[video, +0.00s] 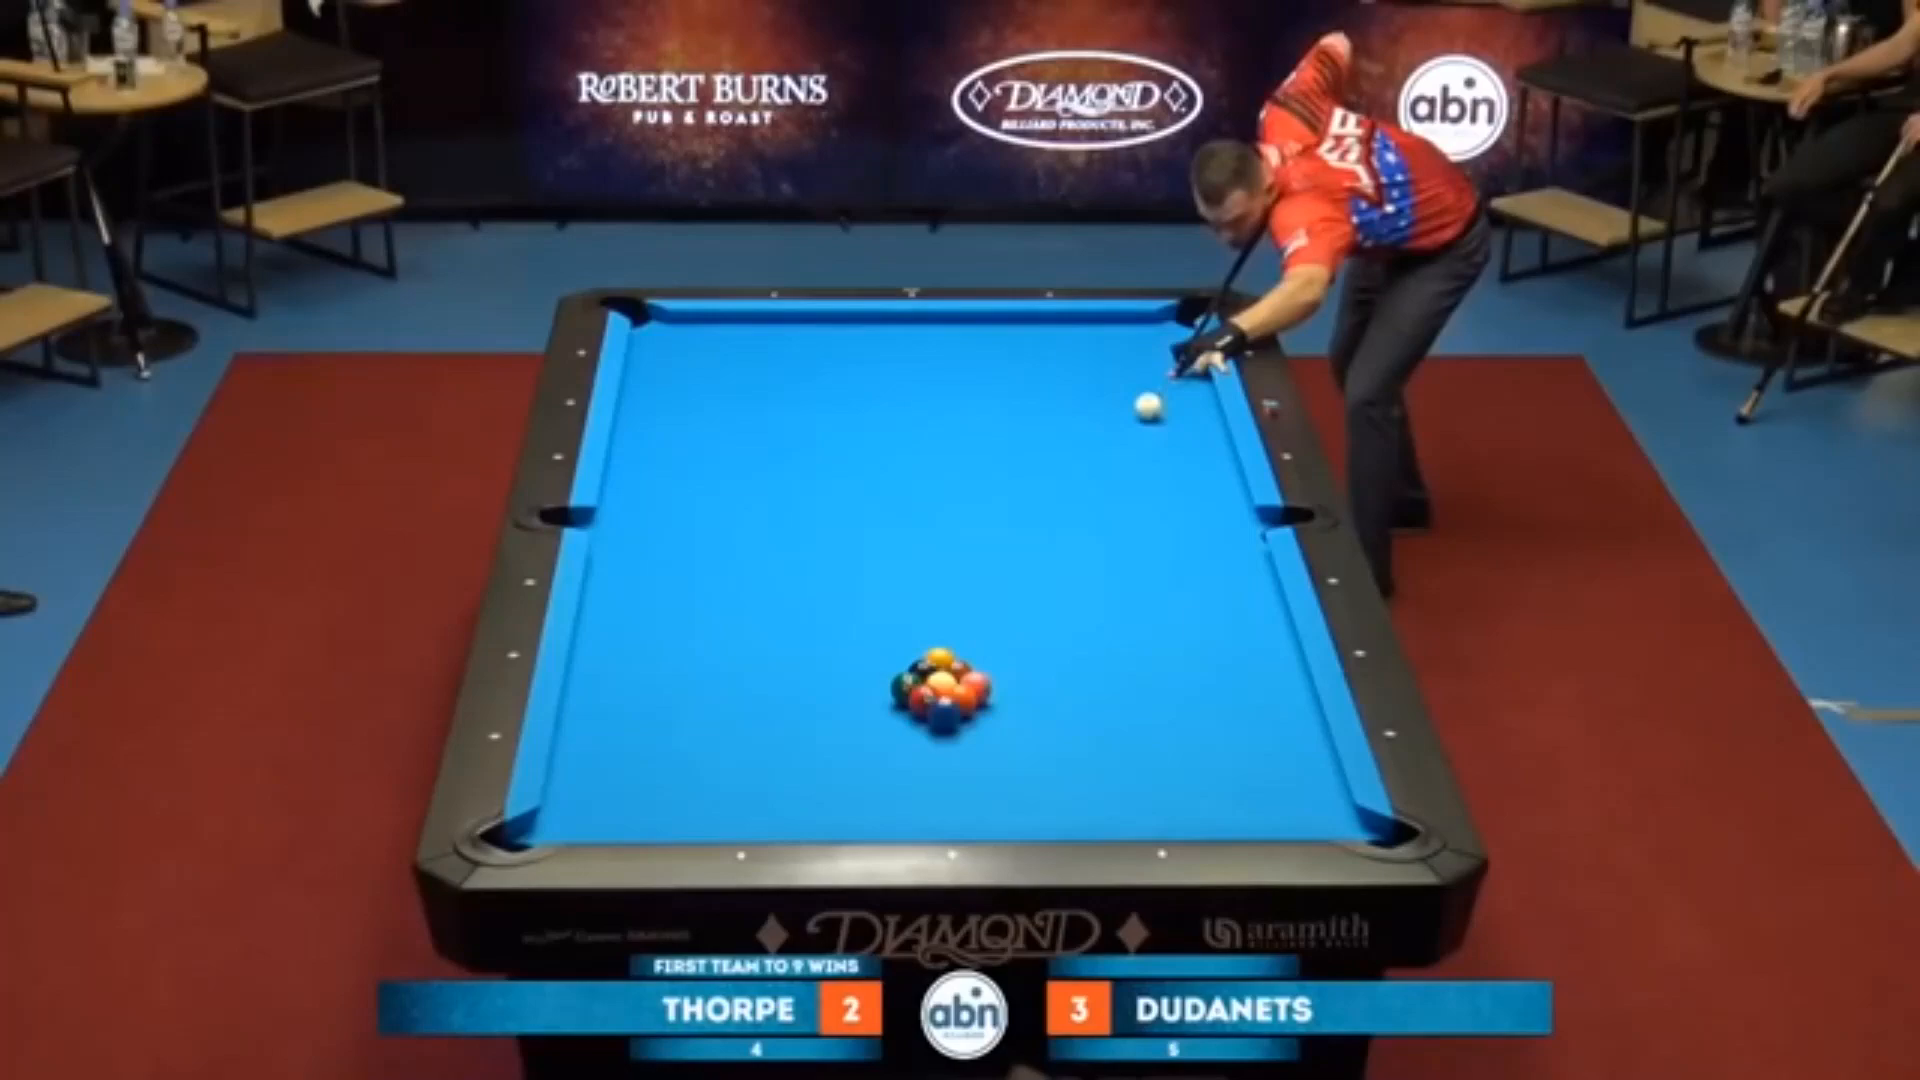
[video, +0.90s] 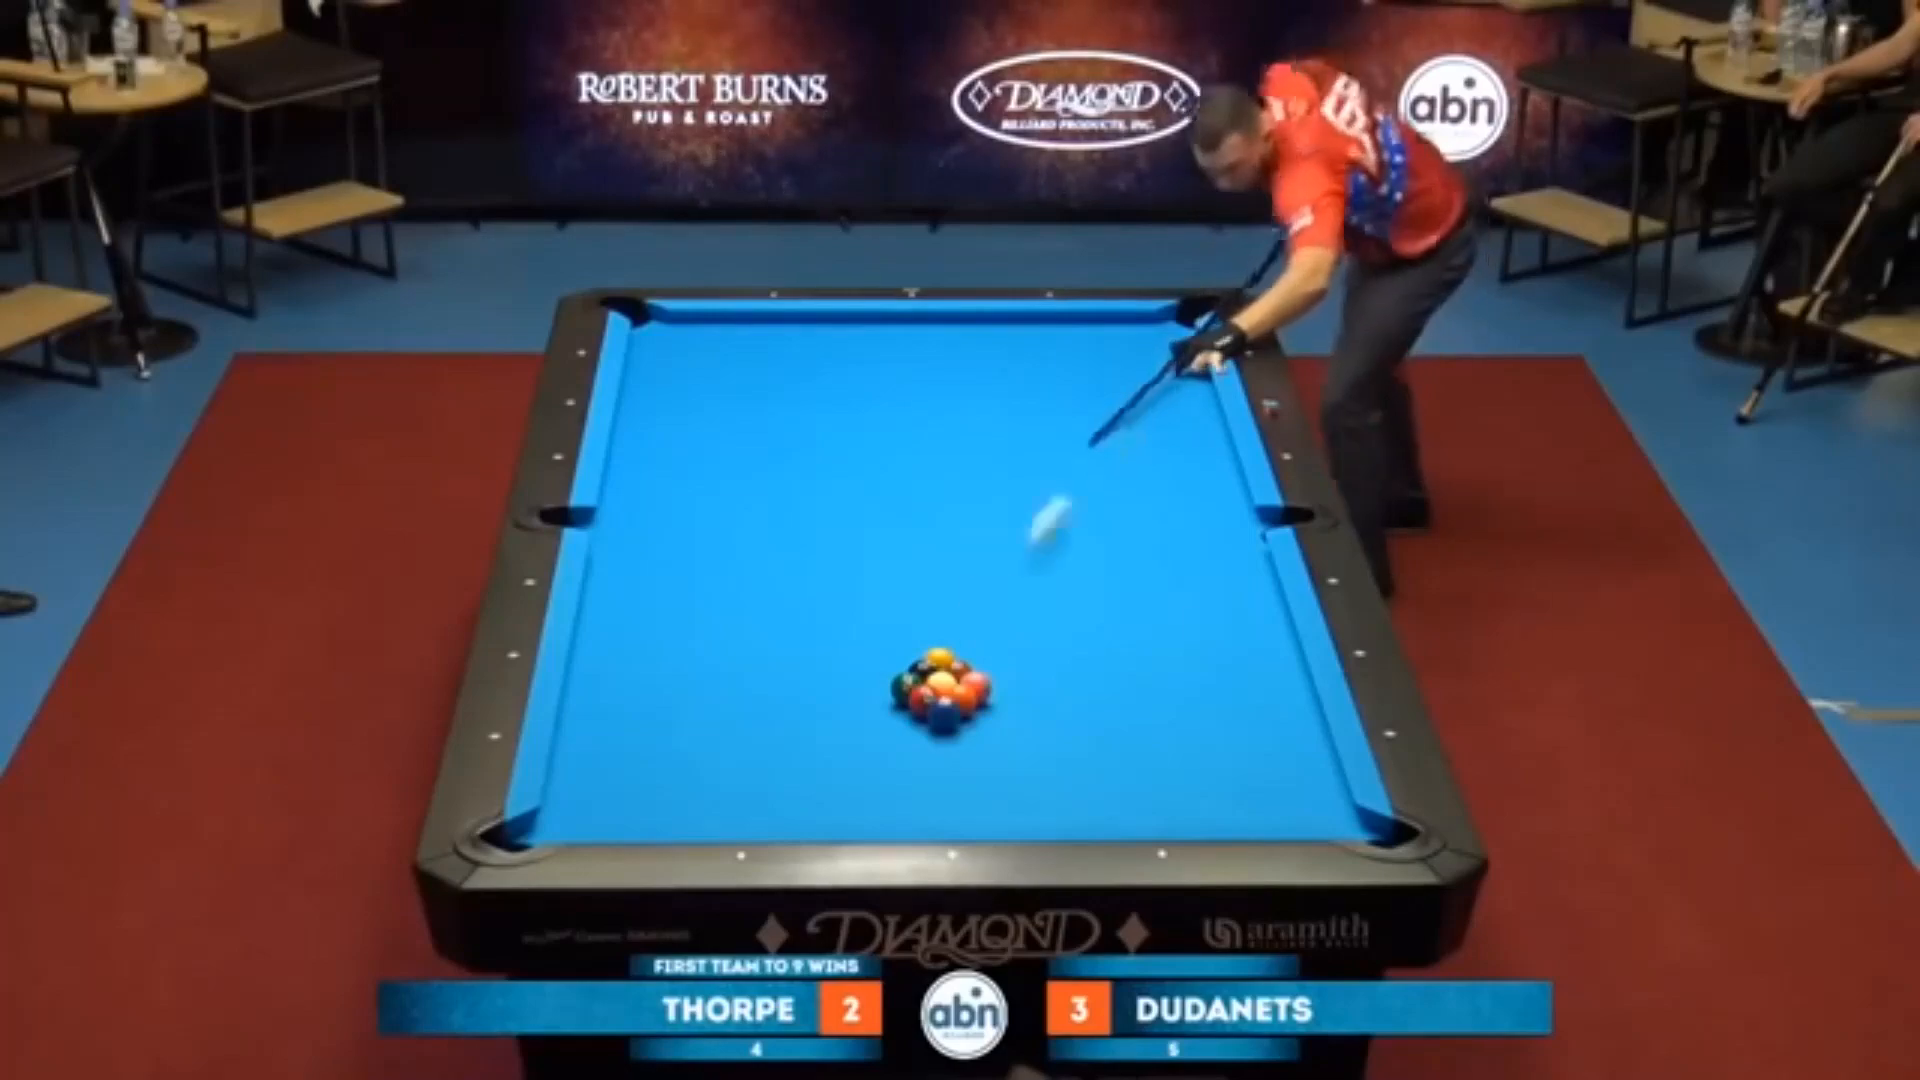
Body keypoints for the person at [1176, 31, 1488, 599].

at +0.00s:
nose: (1228, 237)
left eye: (1235, 222)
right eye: (1216, 227)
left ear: (1263, 187)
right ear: (1201, 206)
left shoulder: (1303, 203)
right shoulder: (1282, 115)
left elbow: (1308, 287)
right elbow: (1336, 43)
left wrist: (1230, 334)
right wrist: (1336, 104)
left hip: (1446, 242)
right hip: (1383, 239)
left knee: (1368, 393)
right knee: (1350, 366)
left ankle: (1370, 574)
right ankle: (1406, 498)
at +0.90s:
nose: (1223, 183)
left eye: (1230, 169)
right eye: (1213, 173)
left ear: (1262, 138)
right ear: (1200, 158)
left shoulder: (1305, 166)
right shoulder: (1284, 83)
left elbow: (1312, 276)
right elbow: (1331, 73)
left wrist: (1229, 336)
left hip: (1429, 246)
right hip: (1380, 238)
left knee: (1345, 402)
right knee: (1370, 370)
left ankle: (1366, 571)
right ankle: (1402, 500)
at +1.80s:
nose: (1268, 92)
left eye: (1284, 77)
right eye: (1256, 76)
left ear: (1312, 61)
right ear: (1237, 59)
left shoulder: (1346, 122)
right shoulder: (1253, 84)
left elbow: (1324, 262)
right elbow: (1259, 167)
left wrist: (1246, 333)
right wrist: (1250, 260)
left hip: (1400, 245)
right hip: (1338, 240)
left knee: (1348, 414)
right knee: (1375, 369)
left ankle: (1367, 575)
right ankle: (1401, 489)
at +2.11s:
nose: (1285, 57)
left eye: (1301, 41)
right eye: (1273, 39)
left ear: (1331, 31)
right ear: (1256, 27)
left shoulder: (1353, 108)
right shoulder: (1261, 61)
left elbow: (1319, 249)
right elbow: (1266, 159)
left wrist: (1248, 330)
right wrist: (1249, 261)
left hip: (1394, 244)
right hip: (1331, 232)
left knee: (1352, 412)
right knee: (1348, 373)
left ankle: (1369, 567)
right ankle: (1396, 478)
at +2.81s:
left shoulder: (1394, 32)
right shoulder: (1281, 20)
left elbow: (1404, 166)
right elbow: (1270, 129)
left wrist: (1322, 236)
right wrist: (1242, 225)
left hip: (1368, 241)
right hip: (1295, 235)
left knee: (1361, 403)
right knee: (1303, 394)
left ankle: (1369, 563)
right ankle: (1312, 537)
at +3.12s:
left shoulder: (1404, 28)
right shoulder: (1281, 16)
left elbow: (1433, 159)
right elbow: (1266, 123)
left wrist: (1446, 271)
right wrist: (1237, 218)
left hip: (1362, 238)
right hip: (1285, 231)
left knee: (1362, 405)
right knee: (1300, 399)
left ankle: (1368, 566)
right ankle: (1309, 543)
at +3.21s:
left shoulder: (1406, 27)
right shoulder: (1285, 16)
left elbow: (1436, 151)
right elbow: (1262, 120)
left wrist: (1457, 263)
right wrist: (1225, 215)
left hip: (1361, 236)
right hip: (1286, 229)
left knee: (1361, 404)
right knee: (1301, 397)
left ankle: (1368, 566)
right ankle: (1310, 540)